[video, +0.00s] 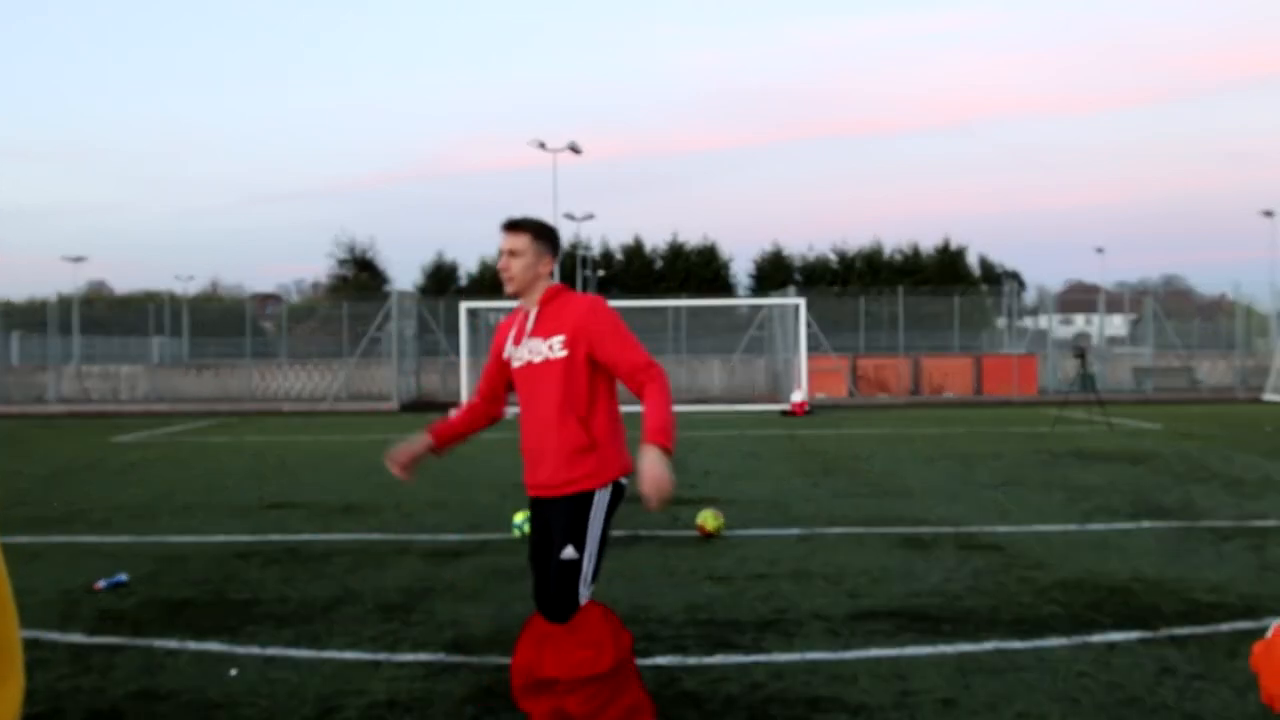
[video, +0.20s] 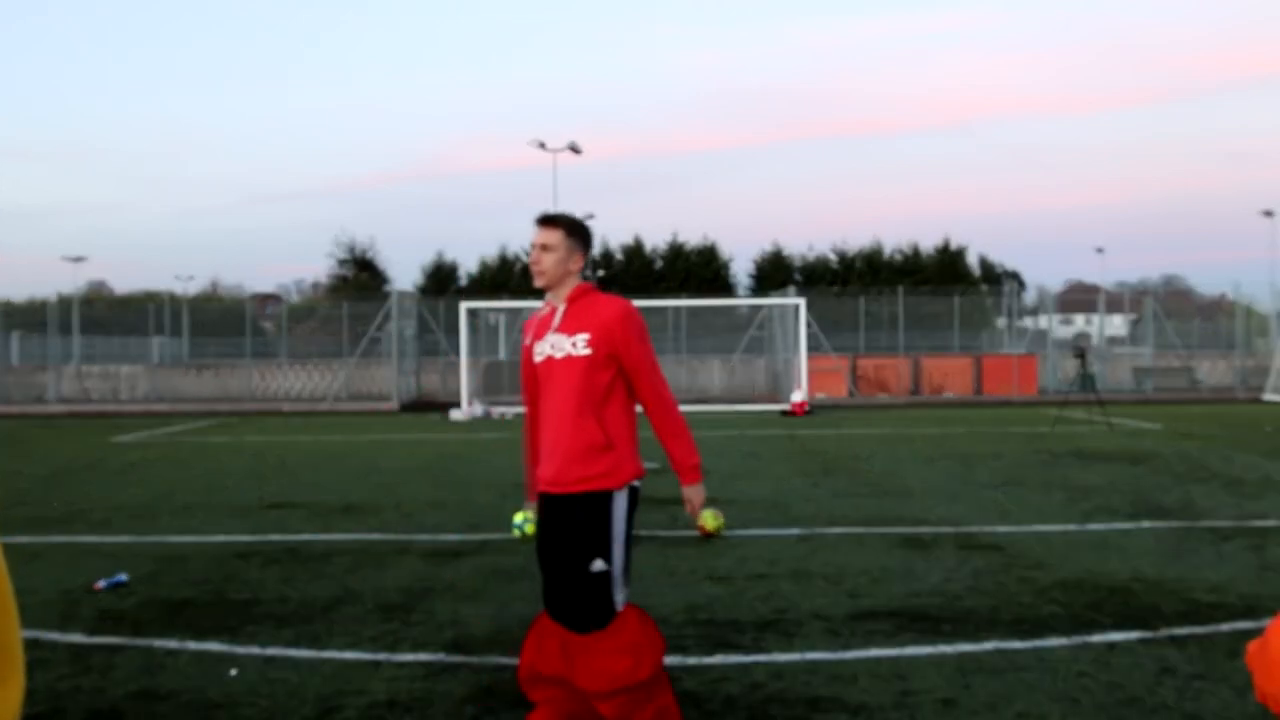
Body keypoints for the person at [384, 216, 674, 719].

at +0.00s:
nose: (502, 265)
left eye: (513, 255)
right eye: (501, 255)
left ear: (546, 262)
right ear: (508, 262)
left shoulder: (586, 312)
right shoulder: (510, 329)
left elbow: (650, 379)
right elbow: (486, 404)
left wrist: (655, 450)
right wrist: (427, 441)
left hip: (591, 478)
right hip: (544, 483)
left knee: (564, 602)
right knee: (553, 601)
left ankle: (623, 705)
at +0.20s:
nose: (533, 259)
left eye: (546, 250)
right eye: (532, 249)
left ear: (577, 259)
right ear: (535, 256)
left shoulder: (614, 314)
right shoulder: (535, 326)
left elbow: (657, 399)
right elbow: (533, 414)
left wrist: (690, 477)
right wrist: (533, 492)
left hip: (606, 484)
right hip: (554, 487)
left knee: (600, 608)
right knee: (560, 608)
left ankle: (636, 706)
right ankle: (567, 707)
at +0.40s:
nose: (574, 259)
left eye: (587, 249)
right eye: (572, 249)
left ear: (617, 259)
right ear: (571, 256)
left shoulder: (651, 319)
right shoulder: (567, 319)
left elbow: (684, 405)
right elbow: (591, 396)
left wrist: (701, 486)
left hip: (635, 488)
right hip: (577, 486)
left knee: (650, 605)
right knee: (564, 606)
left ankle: (656, 707)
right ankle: (570, 708)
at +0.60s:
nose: (603, 260)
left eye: (615, 251)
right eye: (600, 250)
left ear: (646, 259)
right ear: (598, 255)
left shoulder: (674, 325)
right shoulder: (592, 314)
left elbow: (702, 415)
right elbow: (603, 388)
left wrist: (711, 501)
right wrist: (609, 449)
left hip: (646, 482)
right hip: (594, 466)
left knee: (657, 605)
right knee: (529, 542)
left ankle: (658, 709)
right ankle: (588, 652)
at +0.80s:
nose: (622, 260)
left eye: (634, 250)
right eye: (615, 250)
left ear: (654, 259)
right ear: (605, 257)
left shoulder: (672, 322)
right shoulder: (599, 313)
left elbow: (697, 413)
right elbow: (587, 395)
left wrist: (697, 505)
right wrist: (551, 452)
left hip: (651, 485)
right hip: (602, 462)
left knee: (663, 608)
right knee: (517, 490)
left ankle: (662, 710)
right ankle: (579, 602)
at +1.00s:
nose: (628, 260)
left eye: (639, 251)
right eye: (620, 251)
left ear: (656, 258)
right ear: (608, 259)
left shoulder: (675, 320)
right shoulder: (601, 316)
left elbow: (698, 410)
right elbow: (582, 395)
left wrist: (669, 485)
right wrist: (537, 450)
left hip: (648, 486)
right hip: (599, 477)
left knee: (658, 608)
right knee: (550, 572)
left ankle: (664, 706)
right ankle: (603, 687)